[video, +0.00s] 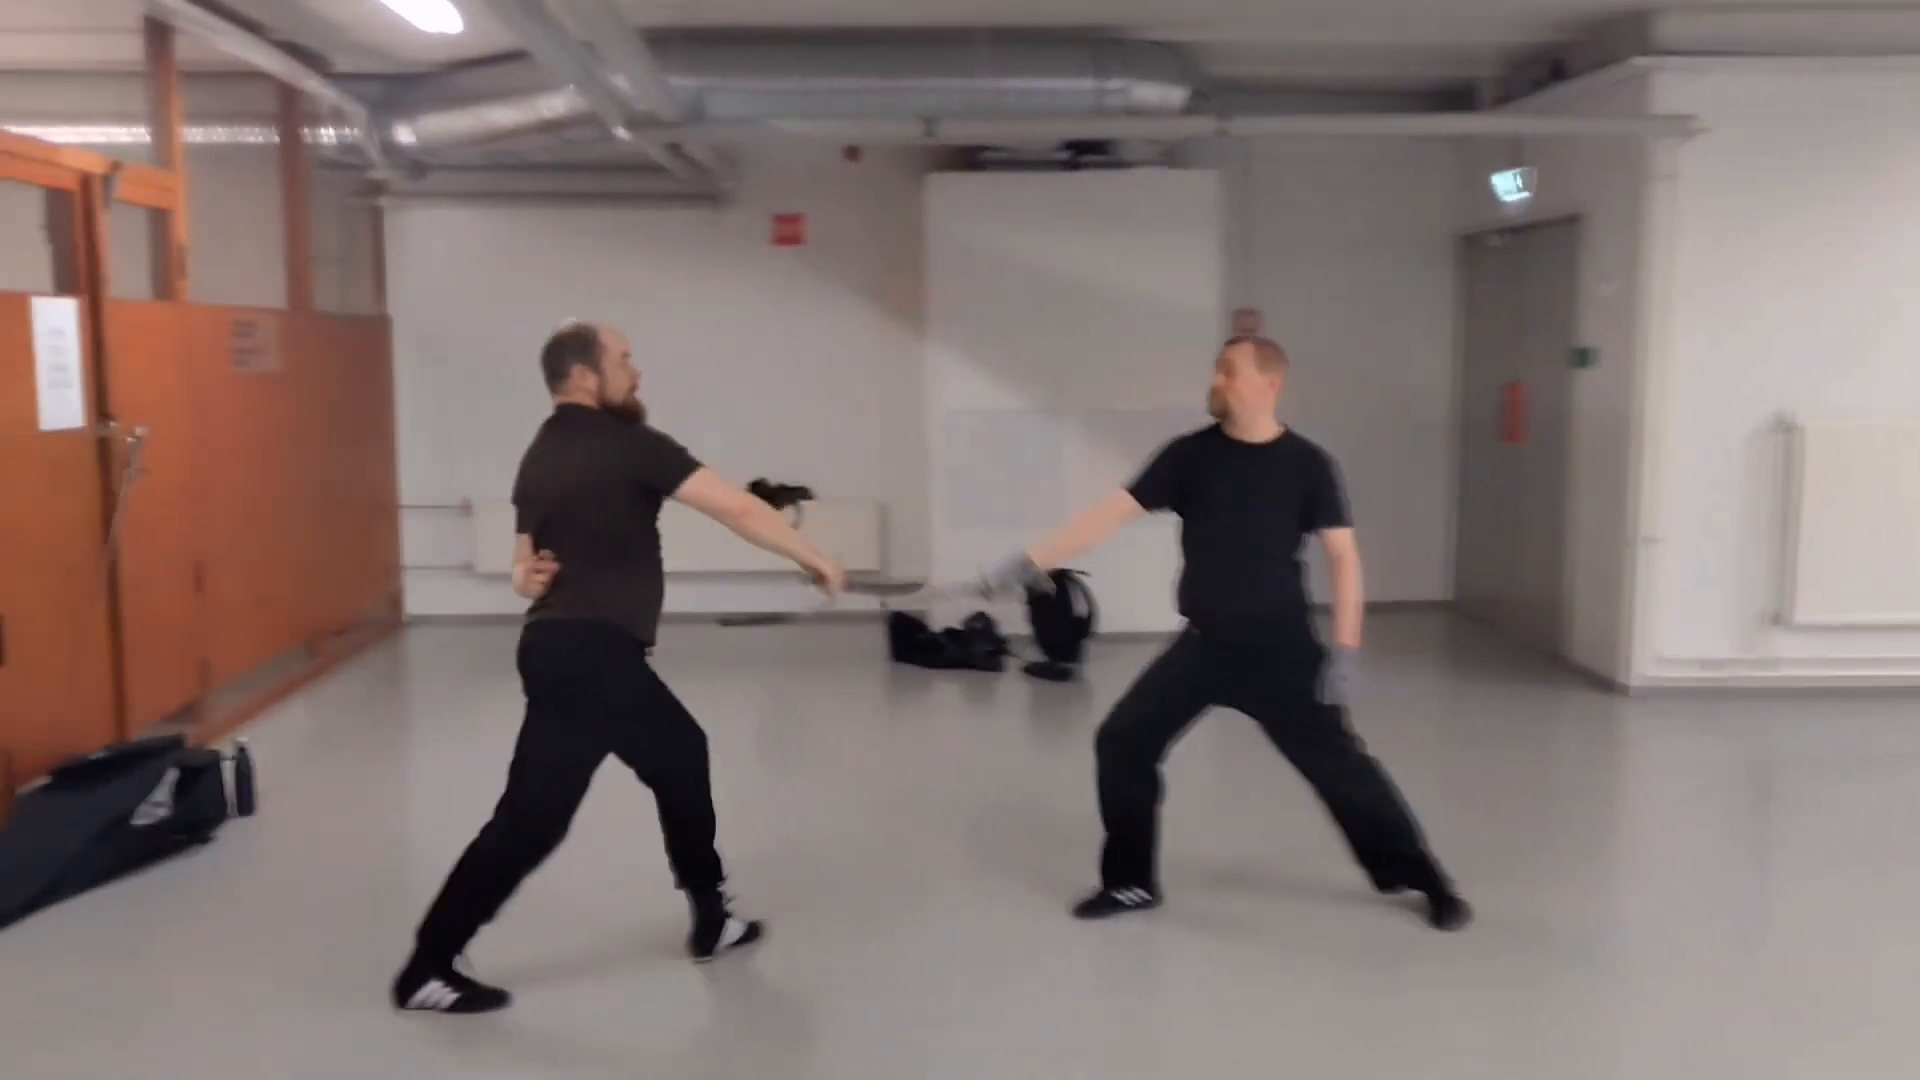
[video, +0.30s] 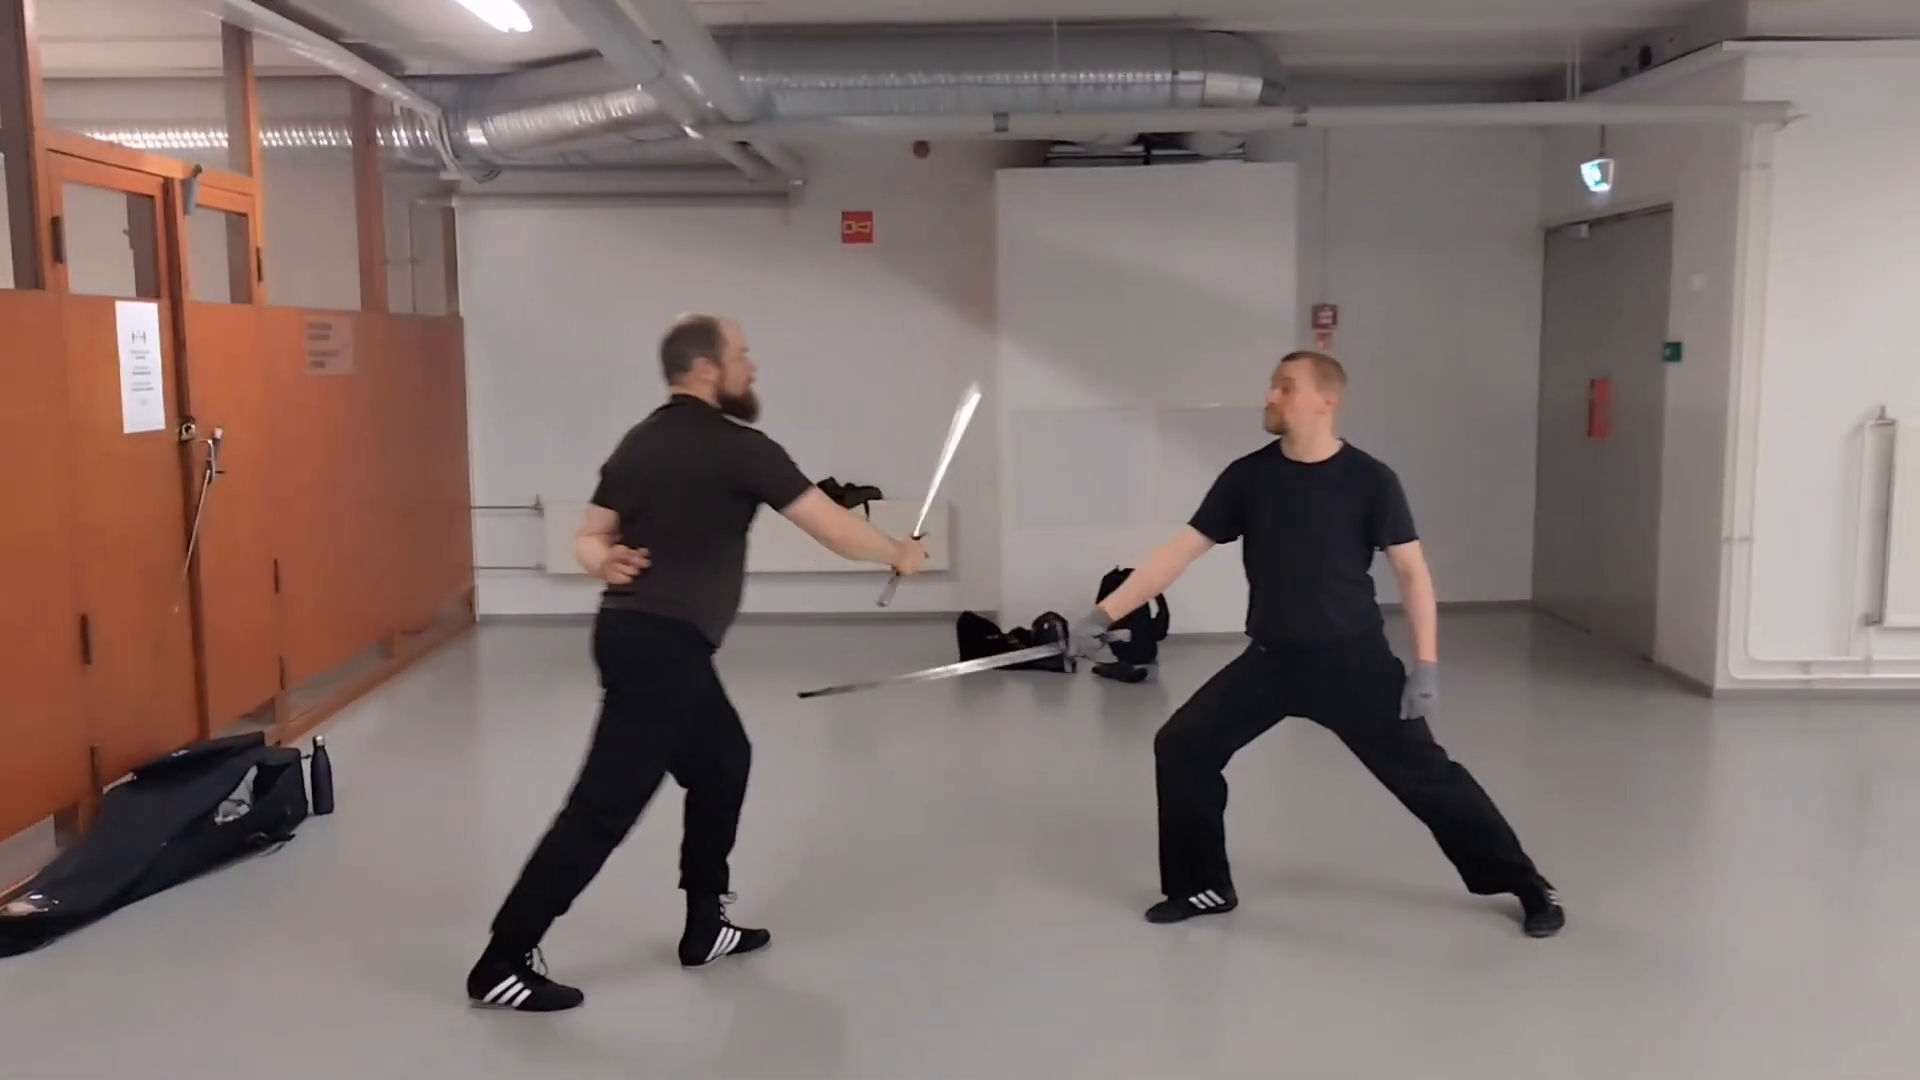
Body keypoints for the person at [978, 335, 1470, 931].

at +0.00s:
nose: (1218, 381)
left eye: (1232, 371)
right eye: (1217, 370)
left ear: (1272, 384)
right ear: (1218, 381)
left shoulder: (1307, 465)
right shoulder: (1190, 457)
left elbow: (1343, 559)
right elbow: (1107, 517)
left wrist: (1344, 654)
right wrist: (1028, 564)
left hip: (1283, 652)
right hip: (1205, 648)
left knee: (1341, 765)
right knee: (1122, 743)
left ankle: (1427, 881)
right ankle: (1131, 884)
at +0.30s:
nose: (1270, 398)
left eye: (1285, 388)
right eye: (1272, 387)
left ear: (1327, 402)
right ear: (1276, 401)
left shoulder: (1369, 482)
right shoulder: (1247, 477)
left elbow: (1413, 575)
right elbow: (1179, 551)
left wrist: (1426, 668)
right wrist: (1102, 616)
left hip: (1353, 666)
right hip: (1269, 664)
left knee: (1427, 777)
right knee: (1182, 746)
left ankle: (1528, 886)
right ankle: (1205, 887)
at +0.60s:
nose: (1332, 378)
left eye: (1349, 371)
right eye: (1335, 368)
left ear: (1387, 390)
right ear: (1334, 385)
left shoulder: (1414, 474)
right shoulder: (1292, 457)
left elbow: (1446, 572)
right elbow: (1229, 537)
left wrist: (1452, 662)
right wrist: (1162, 604)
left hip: (1374, 656)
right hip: (1291, 651)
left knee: (1439, 772)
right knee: (1203, 740)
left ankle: (1533, 880)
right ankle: (1211, 880)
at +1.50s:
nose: (1532, 323)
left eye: (1548, 315)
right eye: (1535, 313)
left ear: (1588, 331)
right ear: (1546, 329)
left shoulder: (1609, 407)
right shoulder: (1527, 398)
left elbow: (1623, 513)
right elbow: (1502, 487)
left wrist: (1584, 601)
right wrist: (1439, 533)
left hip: (1584, 589)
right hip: (1544, 584)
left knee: (1534, 720)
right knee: (1591, 706)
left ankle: (1500, 870)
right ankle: (1669, 803)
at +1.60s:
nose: (1538, 329)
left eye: (1554, 320)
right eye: (1540, 319)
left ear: (1594, 333)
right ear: (1554, 334)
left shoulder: (1614, 409)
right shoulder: (1546, 402)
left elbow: (1628, 516)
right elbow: (1534, 490)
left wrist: (1593, 603)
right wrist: (1468, 516)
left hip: (1602, 588)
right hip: (1566, 584)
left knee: (1552, 720)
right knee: (1614, 711)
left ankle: (1499, 864)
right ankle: (1675, 825)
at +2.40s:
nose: (1499, 325)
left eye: (1512, 315)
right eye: (1502, 315)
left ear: (1551, 326)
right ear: (1551, 327)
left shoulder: (1549, 393)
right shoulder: (1565, 388)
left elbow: (1539, 496)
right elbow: (1530, 472)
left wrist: (1508, 587)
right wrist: (1495, 430)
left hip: (1556, 574)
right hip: (1585, 568)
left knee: (1503, 713)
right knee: (1562, 701)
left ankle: (1516, 869)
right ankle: (1606, 815)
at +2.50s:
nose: (1491, 327)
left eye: (1504, 317)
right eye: (1494, 317)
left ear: (1543, 327)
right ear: (1542, 328)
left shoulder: (1545, 393)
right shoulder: (1557, 390)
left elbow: (1535, 498)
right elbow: (1523, 473)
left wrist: (1504, 589)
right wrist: (1484, 431)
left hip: (1553, 576)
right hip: (1580, 569)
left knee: (1500, 710)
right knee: (1555, 701)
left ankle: (1513, 869)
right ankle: (1592, 813)